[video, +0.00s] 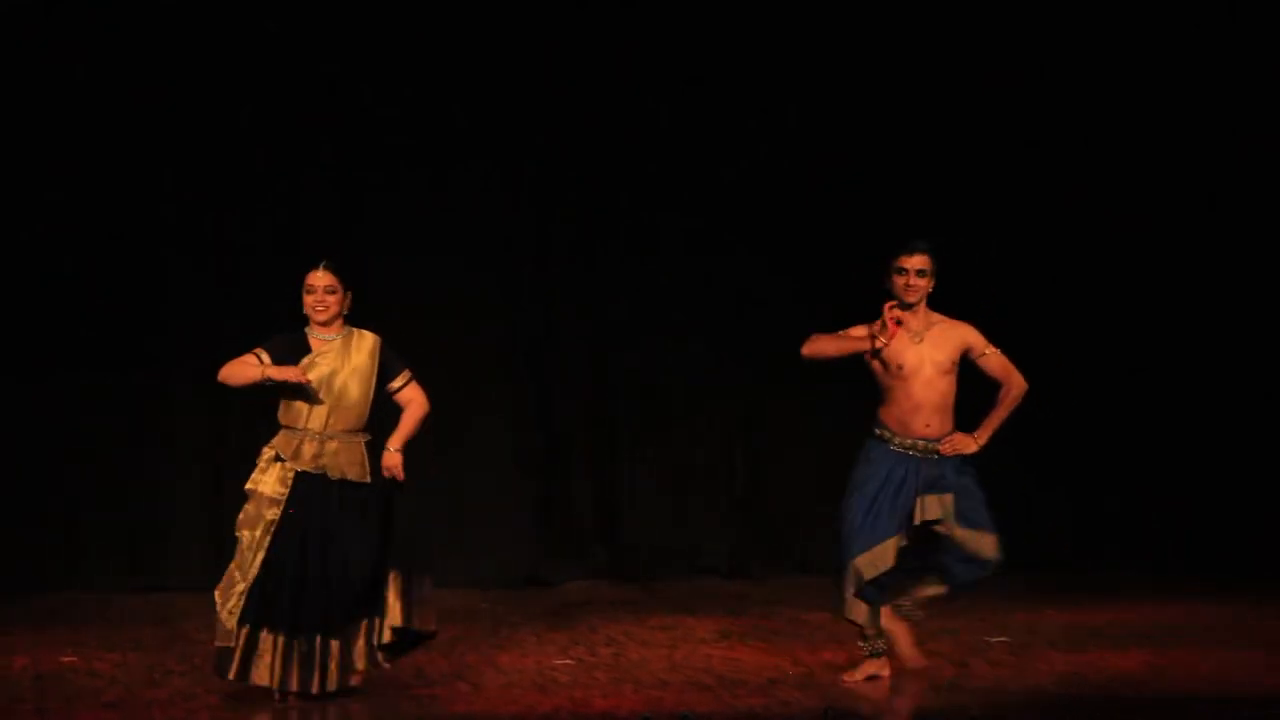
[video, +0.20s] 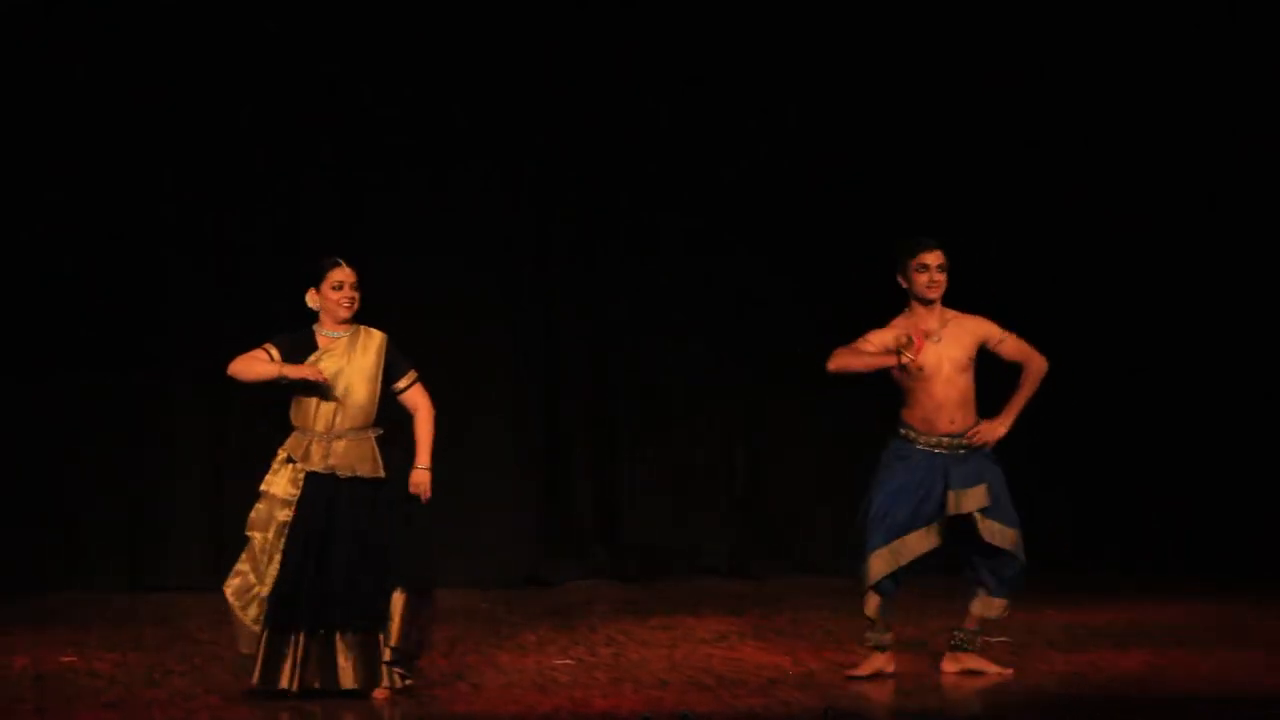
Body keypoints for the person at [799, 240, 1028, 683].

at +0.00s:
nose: (911, 282)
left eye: (920, 274)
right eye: (902, 273)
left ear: (932, 281)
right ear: (890, 278)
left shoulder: (958, 334)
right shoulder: (876, 333)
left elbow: (1015, 384)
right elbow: (810, 348)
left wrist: (978, 436)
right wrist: (871, 340)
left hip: (943, 455)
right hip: (888, 452)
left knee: (976, 550)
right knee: (866, 549)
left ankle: (898, 605)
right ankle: (876, 654)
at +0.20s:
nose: (933, 278)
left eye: (940, 270)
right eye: (923, 270)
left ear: (947, 276)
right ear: (905, 277)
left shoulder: (973, 327)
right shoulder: (894, 332)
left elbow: (1036, 363)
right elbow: (837, 362)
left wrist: (1003, 421)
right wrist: (895, 358)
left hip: (969, 452)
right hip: (913, 451)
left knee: (1003, 546)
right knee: (881, 539)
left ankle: (963, 651)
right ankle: (877, 652)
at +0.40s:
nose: (951, 272)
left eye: (956, 264)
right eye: (940, 264)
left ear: (963, 272)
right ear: (920, 273)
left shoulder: (984, 320)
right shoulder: (913, 328)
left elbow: (1054, 325)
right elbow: (871, 355)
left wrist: (1035, 354)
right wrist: (926, 368)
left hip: (980, 447)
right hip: (931, 449)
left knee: (1006, 541)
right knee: (948, 550)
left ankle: (962, 647)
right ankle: (940, 631)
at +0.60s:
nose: (895, 297)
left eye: (896, 290)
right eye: (885, 290)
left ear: (896, 299)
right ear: (857, 299)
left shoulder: (915, 360)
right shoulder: (824, 352)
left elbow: (975, 407)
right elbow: (751, 339)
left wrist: (1026, 431)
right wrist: (743, 276)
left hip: (911, 478)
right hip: (849, 481)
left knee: (965, 564)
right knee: (800, 566)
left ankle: (913, 655)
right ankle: (843, 659)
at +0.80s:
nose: (896, 296)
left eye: (896, 289)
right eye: (885, 290)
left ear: (893, 299)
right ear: (857, 300)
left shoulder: (914, 361)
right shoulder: (824, 353)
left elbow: (973, 408)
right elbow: (751, 340)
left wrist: (1026, 432)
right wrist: (744, 277)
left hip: (912, 479)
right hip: (849, 481)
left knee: (965, 564)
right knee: (800, 564)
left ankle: (913, 656)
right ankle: (843, 659)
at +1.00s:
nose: (896, 296)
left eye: (896, 289)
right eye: (885, 290)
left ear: (894, 299)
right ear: (857, 300)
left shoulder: (914, 362)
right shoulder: (824, 353)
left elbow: (973, 409)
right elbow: (750, 342)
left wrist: (1025, 434)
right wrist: (740, 279)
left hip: (912, 480)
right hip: (849, 482)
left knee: (965, 565)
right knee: (800, 566)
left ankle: (912, 656)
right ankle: (843, 659)